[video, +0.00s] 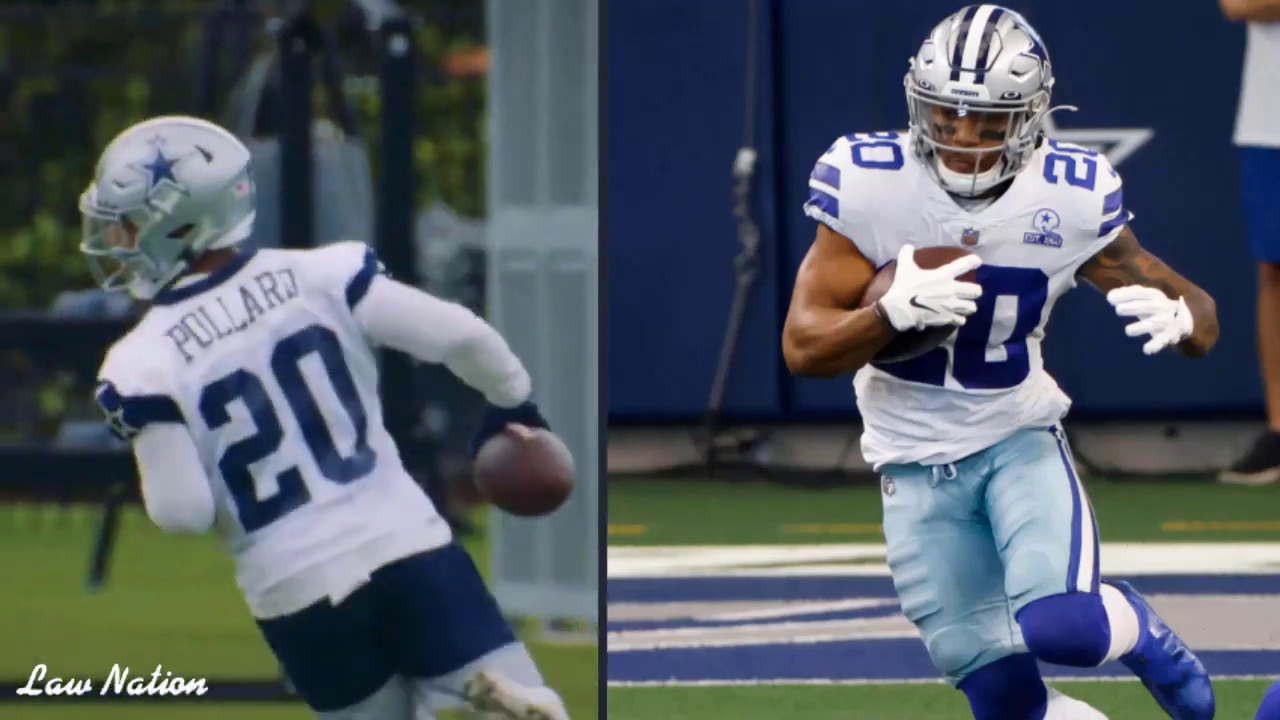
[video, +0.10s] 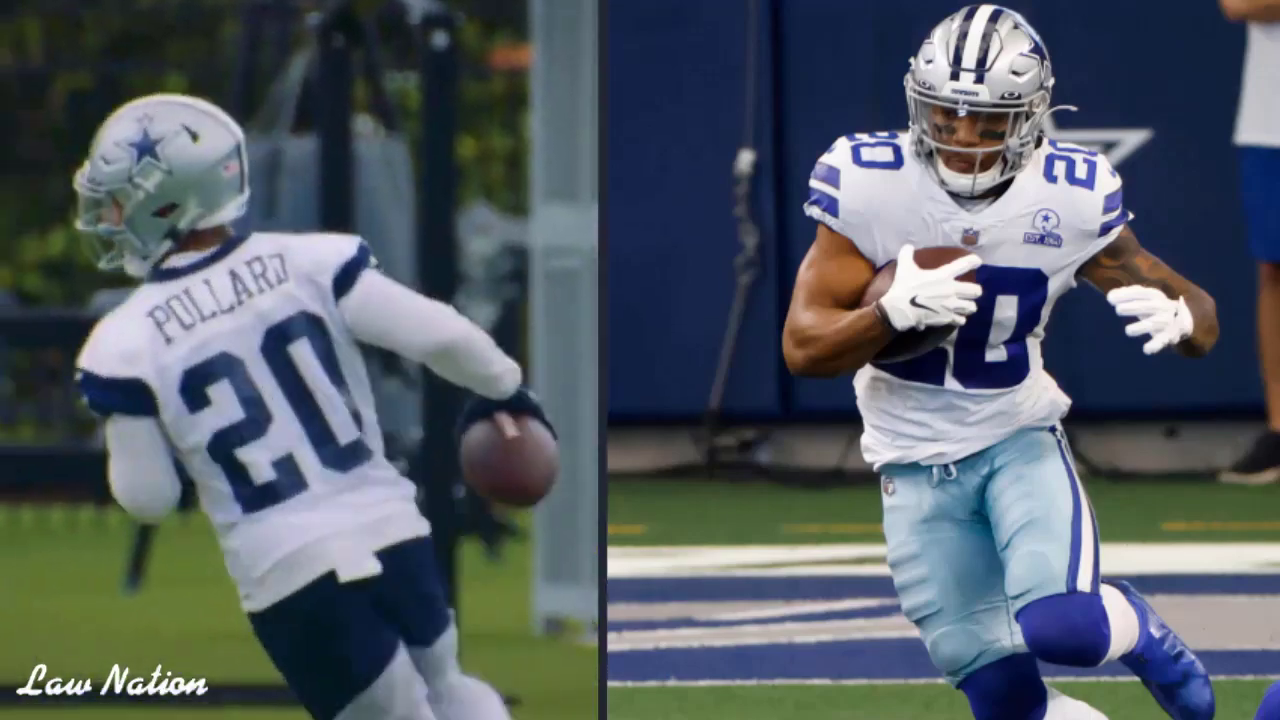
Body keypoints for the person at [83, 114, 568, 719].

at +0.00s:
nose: (111, 243)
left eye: (119, 227)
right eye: (111, 226)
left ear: (160, 230)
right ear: (231, 208)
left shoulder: (141, 360)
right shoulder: (321, 273)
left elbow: (184, 511)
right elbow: (459, 333)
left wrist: (150, 440)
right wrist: (519, 408)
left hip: (302, 603)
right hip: (411, 550)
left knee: (390, 707)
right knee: (527, 695)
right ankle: (507, 699)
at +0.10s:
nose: (107, 220)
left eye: (114, 204)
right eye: (106, 204)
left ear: (145, 209)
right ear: (229, 186)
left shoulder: (125, 340)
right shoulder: (310, 259)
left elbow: (146, 497)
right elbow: (440, 335)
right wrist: (511, 393)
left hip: (291, 582)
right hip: (396, 538)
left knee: (402, 712)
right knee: (446, 683)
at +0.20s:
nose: (94, 170)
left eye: (102, 154)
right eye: (93, 154)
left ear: (137, 156)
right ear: (216, 139)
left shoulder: (93, 283)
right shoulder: (298, 222)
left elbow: (88, 440)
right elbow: (408, 325)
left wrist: (98, 346)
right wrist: (467, 369)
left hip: (272, 531)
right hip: (373, 484)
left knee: (396, 692)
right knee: (359, 680)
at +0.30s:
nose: (148, 167)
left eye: (156, 150)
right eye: (147, 148)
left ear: (191, 155)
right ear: (278, 139)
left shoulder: (163, 276)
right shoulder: (363, 224)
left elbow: (169, 442)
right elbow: (473, 351)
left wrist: (160, 345)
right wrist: (450, 379)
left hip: (317, 538)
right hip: (422, 506)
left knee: (429, 711)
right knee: (401, 701)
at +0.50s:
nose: (290, 152)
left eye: (308, 134)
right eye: (289, 132)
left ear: (364, 133)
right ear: (404, 131)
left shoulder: (344, 244)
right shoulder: (475, 200)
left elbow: (419, 349)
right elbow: (554, 322)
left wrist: (362, 442)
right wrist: (451, 326)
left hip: (444, 549)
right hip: (559, 513)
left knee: (405, 708)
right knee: (600, 698)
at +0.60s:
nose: (285, 132)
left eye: (307, 115)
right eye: (285, 111)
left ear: (368, 118)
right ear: (393, 119)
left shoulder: (345, 239)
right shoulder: (456, 176)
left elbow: (443, 352)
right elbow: (545, 290)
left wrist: (363, 435)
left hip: (446, 539)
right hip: (557, 496)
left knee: (436, 703)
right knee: (607, 697)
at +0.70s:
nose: (337, 169)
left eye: (360, 153)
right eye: (339, 147)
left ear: (420, 160)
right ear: (440, 160)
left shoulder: (397, 292)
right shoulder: (521, 222)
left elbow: (474, 433)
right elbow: (606, 303)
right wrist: (566, 399)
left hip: (502, 570)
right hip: (583, 542)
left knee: (489, 704)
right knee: (562, 695)